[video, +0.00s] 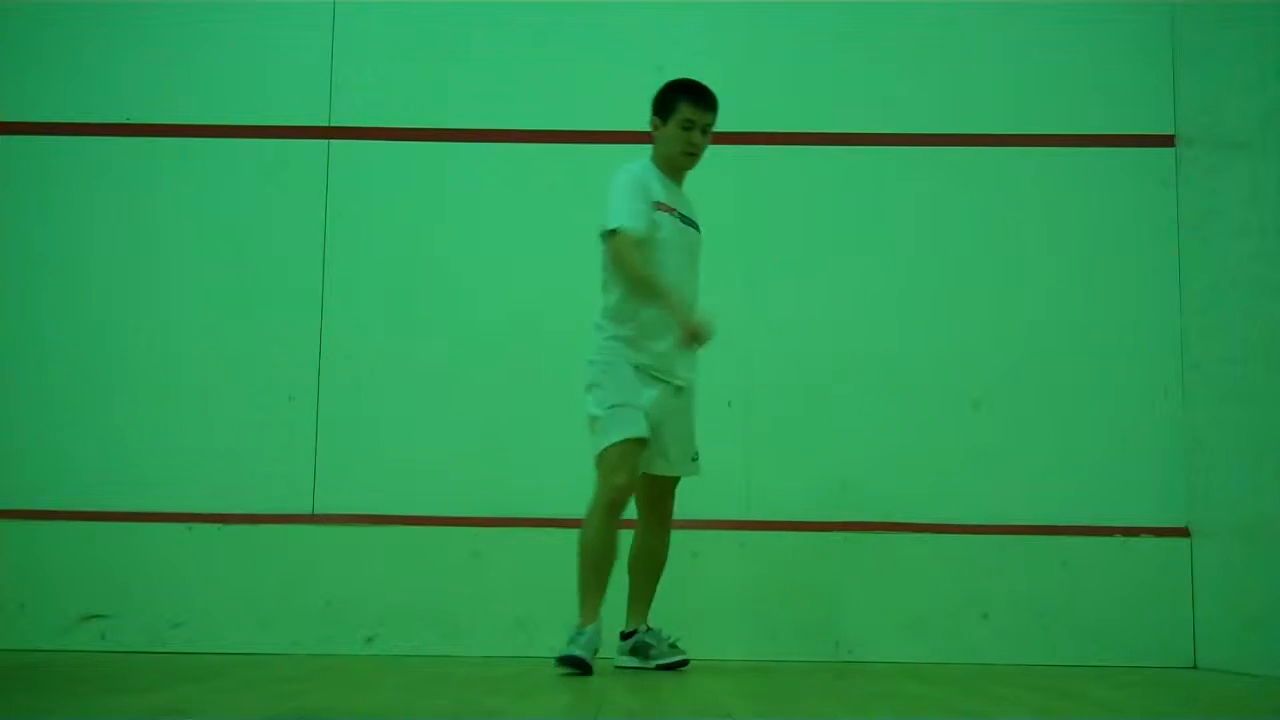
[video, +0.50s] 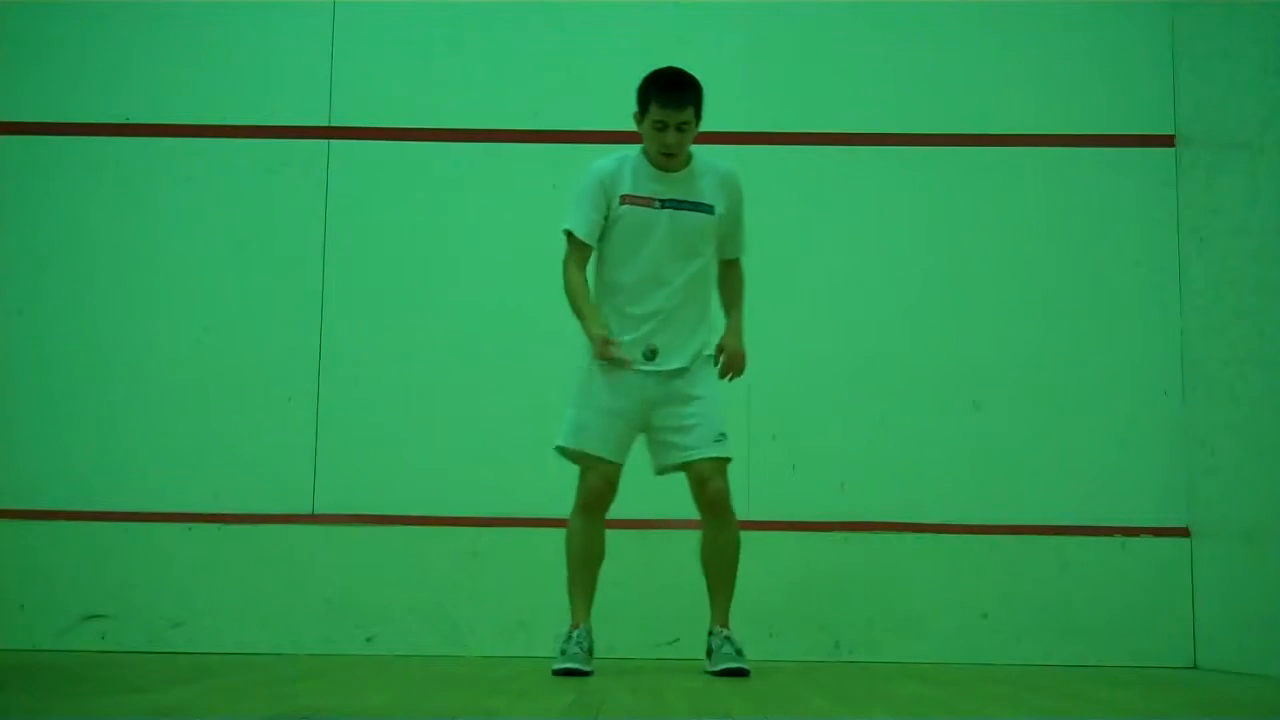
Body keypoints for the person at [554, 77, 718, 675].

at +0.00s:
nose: (695, 140)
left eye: (704, 131)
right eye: (686, 127)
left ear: (709, 139)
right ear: (657, 125)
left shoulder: (684, 206)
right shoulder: (633, 179)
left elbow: (671, 281)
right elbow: (623, 256)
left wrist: (679, 341)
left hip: (672, 373)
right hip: (623, 362)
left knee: (658, 498)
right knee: (616, 484)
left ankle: (637, 630)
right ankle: (586, 629)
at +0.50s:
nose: (670, 140)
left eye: (682, 128)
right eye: (659, 127)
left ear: (698, 125)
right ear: (639, 122)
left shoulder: (723, 185)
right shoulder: (608, 177)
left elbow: (731, 264)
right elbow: (573, 265)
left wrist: (734, 330)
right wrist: (594, 331)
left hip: (690, 372)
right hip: (616, 367)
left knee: (716, 495)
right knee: (594, 491)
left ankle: (721, 633)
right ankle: (578, 631)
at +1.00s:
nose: (713, 158)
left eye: (725, 146)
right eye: (702, 144)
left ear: (739, 145)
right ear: (681, 140)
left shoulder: (759, 222)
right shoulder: (644, 204)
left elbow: (770, 304)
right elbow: (608, 284)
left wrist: (784, 356)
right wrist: (596, 366)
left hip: (737, 380)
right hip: (664, 373)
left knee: (747, 498)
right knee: (695, 472)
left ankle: (724, 635)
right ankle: (703, 624)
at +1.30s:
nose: (694, 121)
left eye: (705, 111)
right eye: (683, 109)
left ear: (718, 115)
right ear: (660, 110)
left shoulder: (743, 194)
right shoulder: (622, 181)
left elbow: (777, 266)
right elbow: (591, 264)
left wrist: (793, 305)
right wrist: (590, 354)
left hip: (715, 349)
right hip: (648, 334)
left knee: (720, 496)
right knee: (629, 360)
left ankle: (721, 632)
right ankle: (672, 510)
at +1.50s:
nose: (665, 121)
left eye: (678, 110)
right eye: (656, 108)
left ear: (692, 116)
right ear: (635, 110)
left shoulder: (720, 198)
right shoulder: (594, 186)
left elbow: (742, 284)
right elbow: (564, 267)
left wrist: (753, 351)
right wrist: (554, 349)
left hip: (689, 372)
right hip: (613, 372)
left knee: (700, 495)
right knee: (599, 497)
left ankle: (716, 625)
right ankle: (636, 629)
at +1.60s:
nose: (654, 124)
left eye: (666, 113)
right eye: (644, 111)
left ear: (681, 116)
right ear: (621, 109)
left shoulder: (702, 195)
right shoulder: (581, 180)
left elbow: (731, 278)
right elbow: (533, 247)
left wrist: (748, 345)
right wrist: (518, 334)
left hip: (669, 361)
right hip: (599, 364)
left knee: (652, 457)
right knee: (602, 499)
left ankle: (684, 590)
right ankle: (636, 629)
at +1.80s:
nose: (636, 127)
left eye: (647, 115)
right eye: (625, 113)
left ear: (658, 112)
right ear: (598, 104)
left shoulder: (672, 182)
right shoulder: (553, 151)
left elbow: (718, 262)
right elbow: (478, 188)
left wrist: (727, 332)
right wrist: (440, 269)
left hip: (640, 344)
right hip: (573, 346)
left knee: (605, 459)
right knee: (544, 465)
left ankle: (578, 621)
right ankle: (640, 576)